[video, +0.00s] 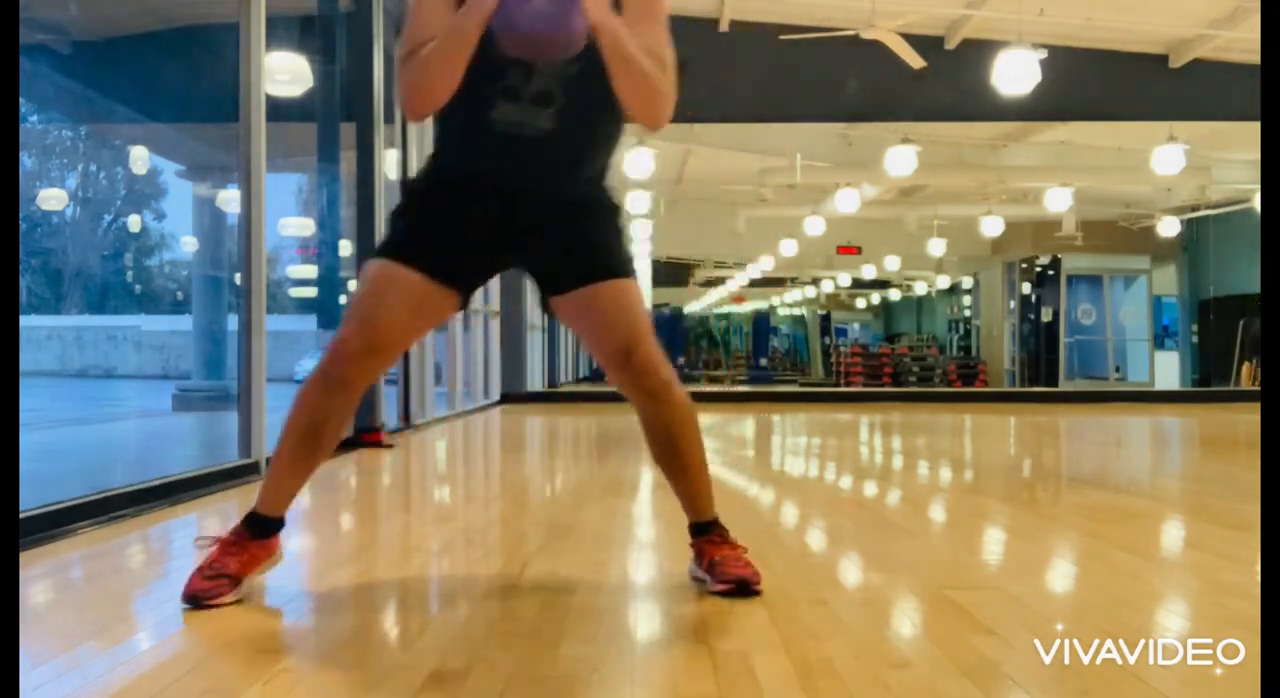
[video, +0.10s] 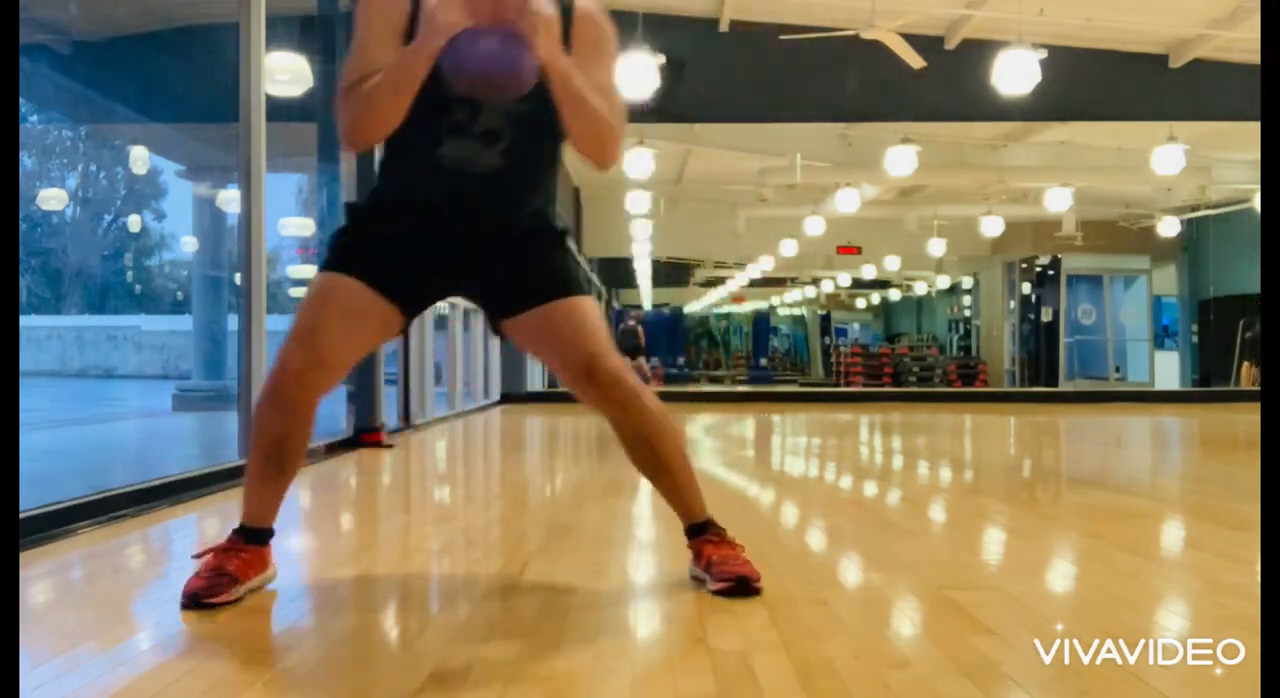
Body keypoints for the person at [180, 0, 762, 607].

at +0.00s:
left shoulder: (633, 3)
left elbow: (655, 108)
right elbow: (415, 99)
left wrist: (600, 15)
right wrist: (479, 6)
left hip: (571, 208)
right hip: (456, 202)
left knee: (641, 364)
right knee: (347, 359)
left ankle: (711, 537)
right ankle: (257, 531)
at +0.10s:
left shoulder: (578, 18)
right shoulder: (394, 5)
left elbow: (603, 148)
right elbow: (357, 128)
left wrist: (548, 49)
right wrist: (430, 43)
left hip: (518, 234)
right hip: (400, 229)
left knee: (603, 373)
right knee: (295, 373)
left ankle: (706, 535)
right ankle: (249, 544)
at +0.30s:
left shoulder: (502, 85)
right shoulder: (314, 68)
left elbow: (526, 223)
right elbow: (272, 203)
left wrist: (467, 134)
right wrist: (342, 124)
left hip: (451, 287)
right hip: (333, 281)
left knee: (561, 403)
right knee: (235, 383)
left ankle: (702, 536)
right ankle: (243, 546)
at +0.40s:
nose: (374, 6)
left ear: (432, 9)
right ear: (340, 5)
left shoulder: (475, 118)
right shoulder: (285, 103)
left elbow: (504, 252)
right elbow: (245, 241)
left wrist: (441, 179)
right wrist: (312, 170)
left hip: (429, 314)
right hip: (313, 306)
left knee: (548, 419)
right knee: (215, 389)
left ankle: (700, 536)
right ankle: (241, 546)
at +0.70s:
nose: (320, 85)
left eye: (342, 68)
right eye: (304, 64)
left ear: (374, 84)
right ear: (282, 72)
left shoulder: (420, 194)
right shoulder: (229, 176)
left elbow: (451, 329)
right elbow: (185, 322)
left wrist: (384, 263)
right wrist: (250, 255)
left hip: (388, 376)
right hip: (270, 372)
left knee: (522, 446)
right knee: (176, 409)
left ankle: (691, 535)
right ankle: (238, 544)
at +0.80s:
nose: (309, 96)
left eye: (332, 80)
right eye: (293, 74)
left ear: (363, 95)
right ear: (268, 82)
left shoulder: (411, 205)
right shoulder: (214, 192)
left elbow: (441, 340)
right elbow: (175, 336)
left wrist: (375, 274)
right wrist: (236, 271)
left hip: (382, 388)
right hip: (264, 386)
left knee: (516, 452)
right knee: (164, 413)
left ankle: (689, 535)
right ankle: (237, 543)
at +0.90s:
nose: (303, 93)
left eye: (325, 77)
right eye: (287, 73)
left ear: (358, 92)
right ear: (263, 81)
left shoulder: (408, 202)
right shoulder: (211, 192)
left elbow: (438, 338)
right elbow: (173, 337)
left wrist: (372, 271)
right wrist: (231, 271)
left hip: (381, 388)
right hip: (263, 386)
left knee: (516, 453)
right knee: (161, 413)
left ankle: (689, 535)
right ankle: (237, 543)